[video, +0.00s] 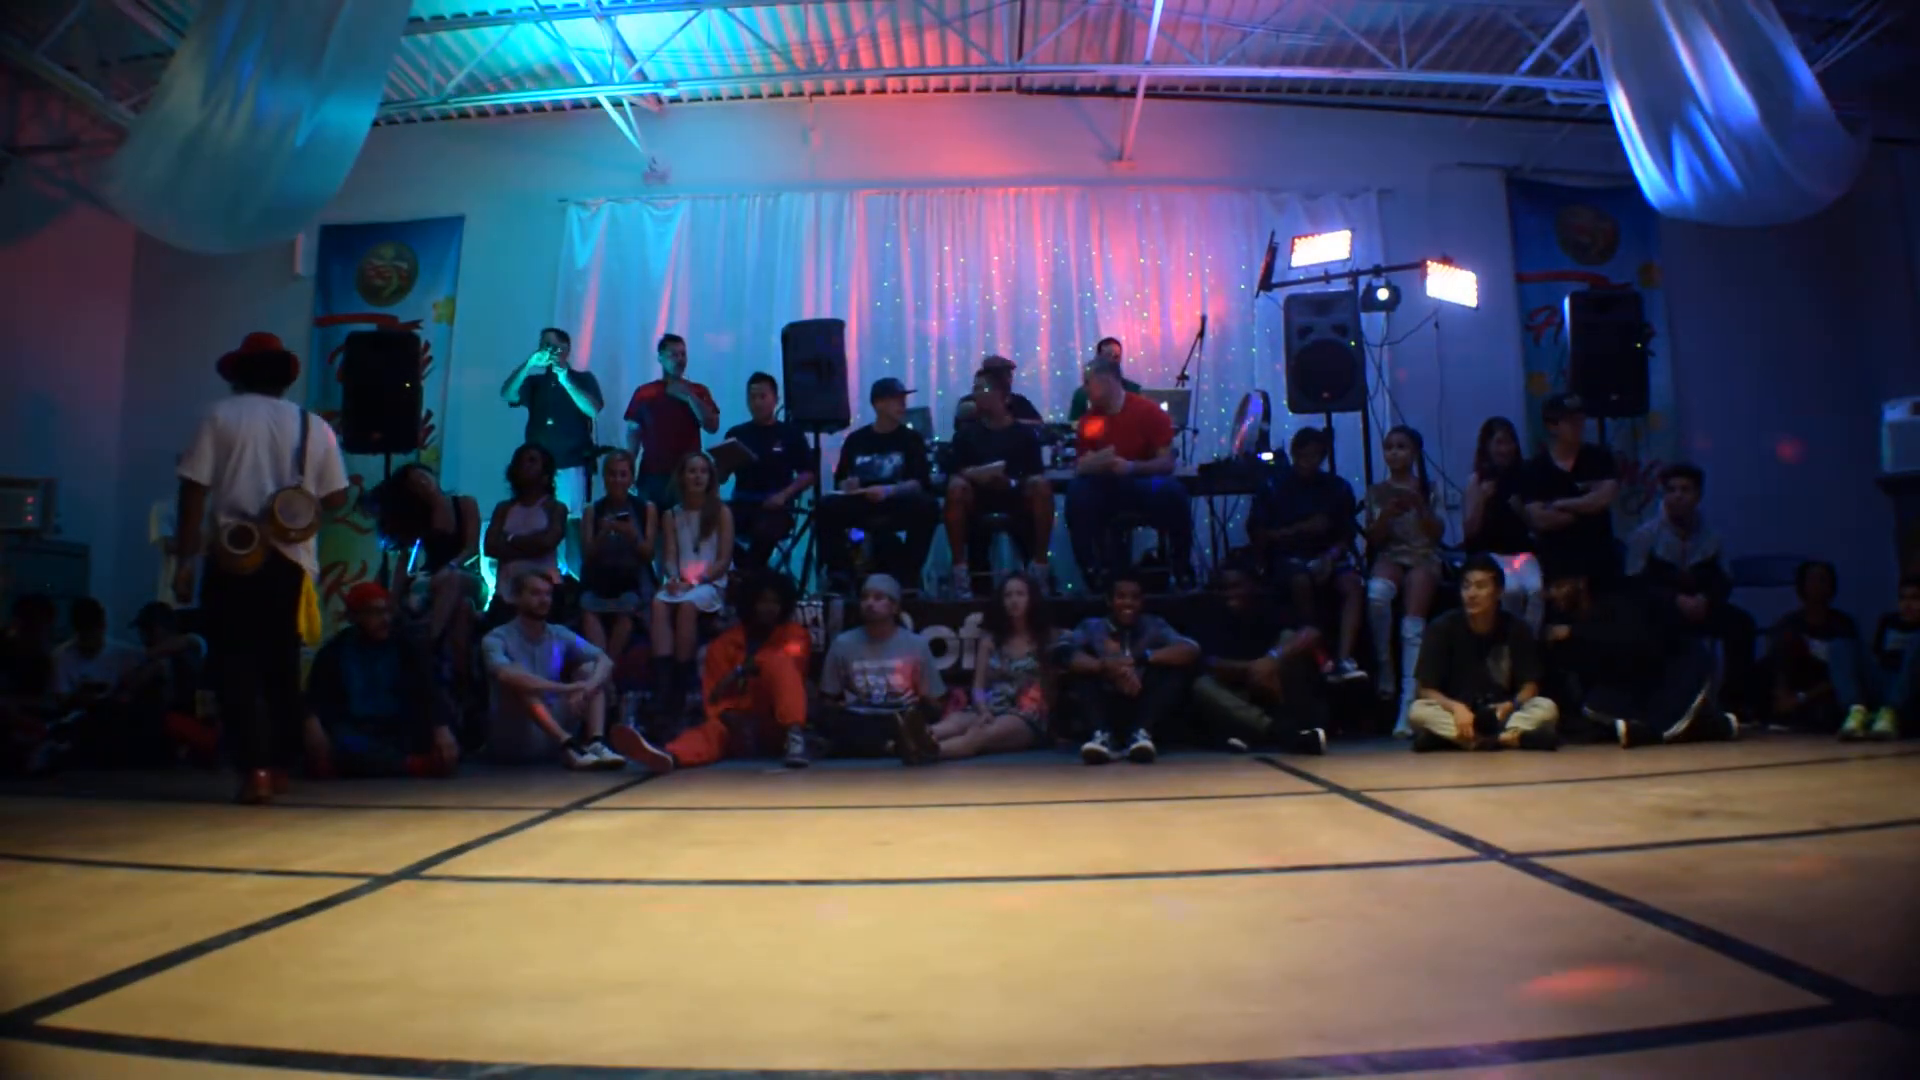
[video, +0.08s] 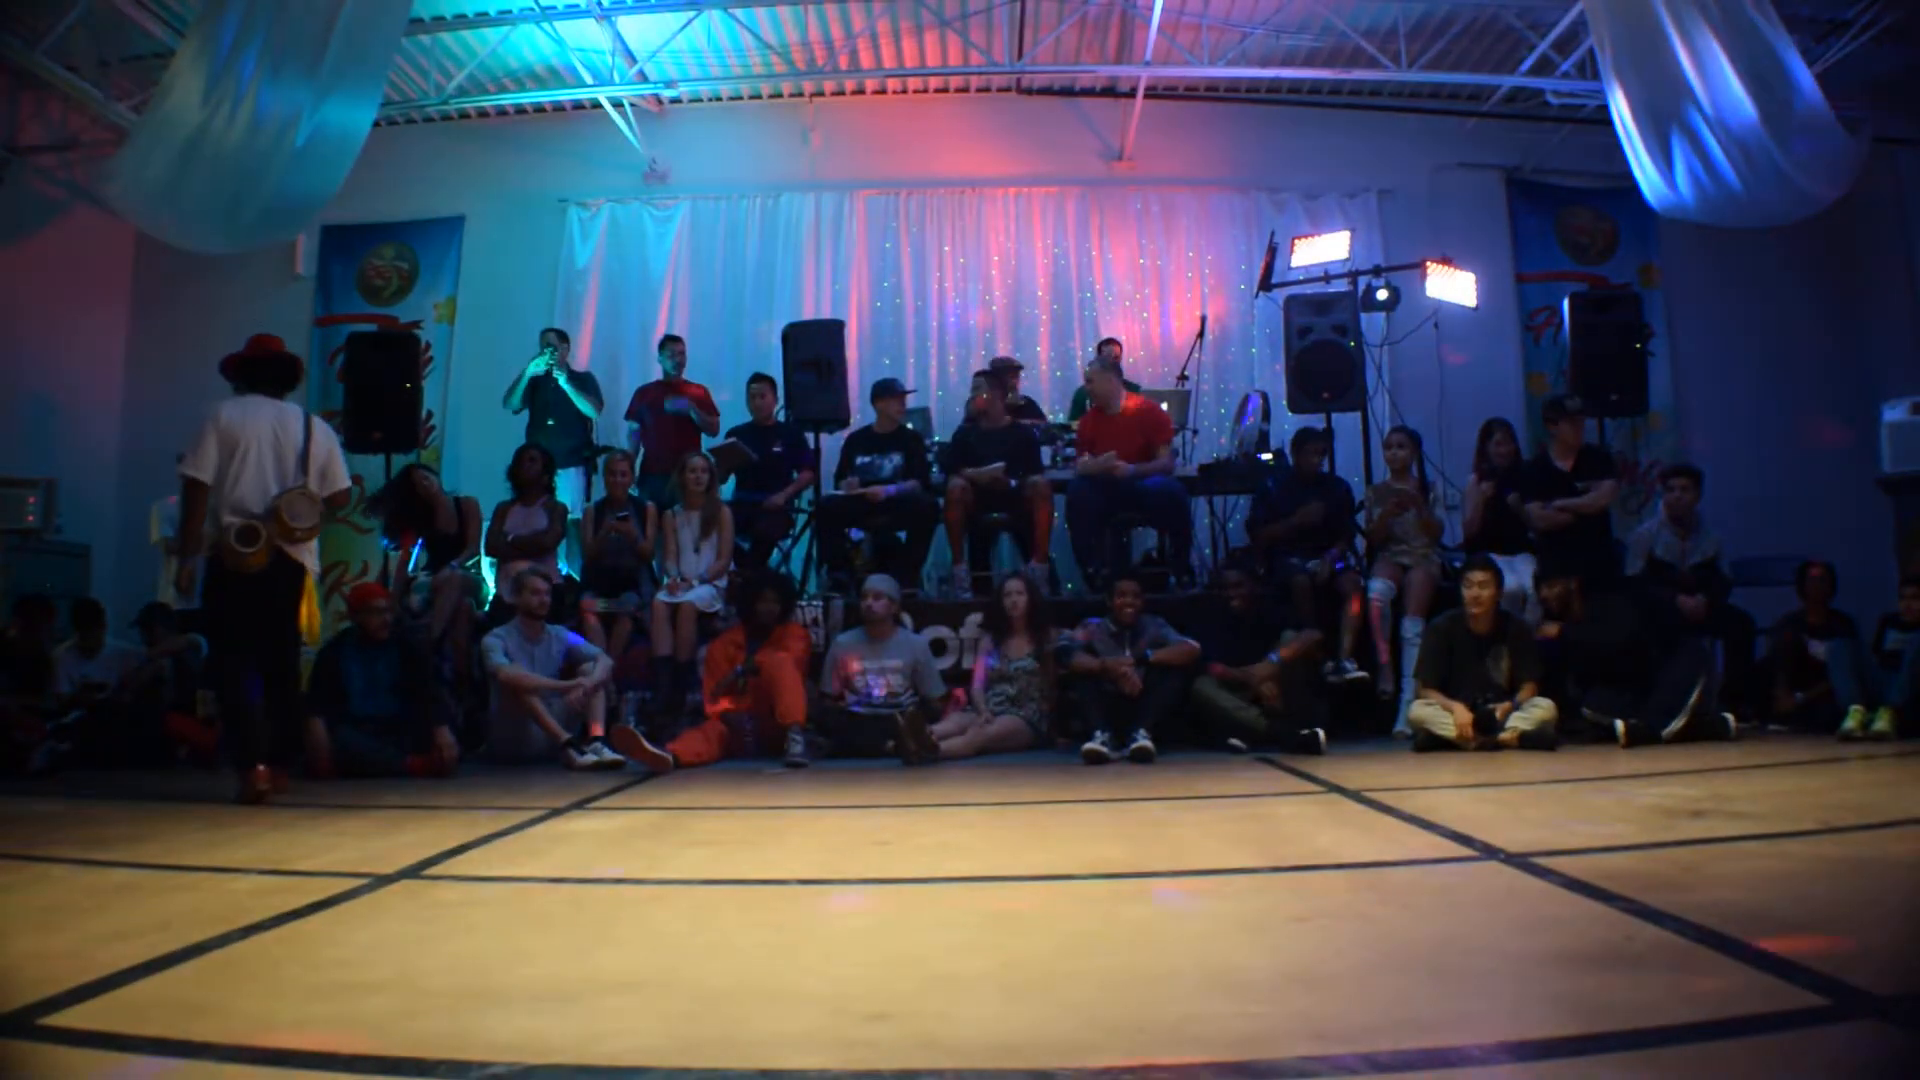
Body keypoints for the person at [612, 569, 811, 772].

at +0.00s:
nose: (768, 609)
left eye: (775, 603)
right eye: (762, 602)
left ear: (784, 607)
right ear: (749, 604)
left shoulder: (793, 634)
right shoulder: (724, 645)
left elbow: (790, 662)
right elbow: (713, 703)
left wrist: (756, 665)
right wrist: (735, 676)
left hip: (775, 718)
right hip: (737, 721)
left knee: (779, 661)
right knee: (709, 734)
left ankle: (795, 737)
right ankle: (670, 756)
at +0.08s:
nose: (768, 609)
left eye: (775, 603)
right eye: (762, 602)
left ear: (784, 607)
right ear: (749, 604)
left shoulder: (793, 634)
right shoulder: (724, 645)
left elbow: (790, 666)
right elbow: (714, 703)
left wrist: (756, 665)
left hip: (775, 718)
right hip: (738, 721)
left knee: (779, 661)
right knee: (711, 733)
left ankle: (794, 738)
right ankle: (671, 756)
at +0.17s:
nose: (768, 609)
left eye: (774, 603)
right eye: (762, 602)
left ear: (784, 607)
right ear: (749, 605)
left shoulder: (793, 634)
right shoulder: (724, 645)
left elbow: (787, 669)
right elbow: (714, 705)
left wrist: (751, 666)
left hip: (774, 717)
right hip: (738, 720)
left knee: (780, 661)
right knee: (711, 734)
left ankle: (794, 739)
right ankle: (670, 755)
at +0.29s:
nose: (768, 609)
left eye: (775, 603)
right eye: (762, 602)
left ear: (784, 607)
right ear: (749, 605)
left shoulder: (793, 634)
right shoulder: (723, 645)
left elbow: (786, 665)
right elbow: (713, 705)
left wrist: (753, 666)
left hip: (774, 717)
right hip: (737, 720)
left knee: (779, 661)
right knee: (709, 735)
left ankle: (794, 737)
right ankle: (670, 755)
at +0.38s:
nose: (769, 609)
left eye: (775, 603)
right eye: (762, 602)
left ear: (784, 607)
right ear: (749, 605)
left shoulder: (793, 634)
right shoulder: (723, 645)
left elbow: (788, 663)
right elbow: (713, 706)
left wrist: (753, 666)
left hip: (775, 718)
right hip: (738, 722)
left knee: (779, 661)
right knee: (710, 734)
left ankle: (794, 737)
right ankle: (670, 756)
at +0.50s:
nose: (768, 609)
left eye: (774, 603)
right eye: (762, 602)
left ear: (783, 607)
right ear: (748, 605)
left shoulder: (792, 634)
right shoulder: (723, 645)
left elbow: (785, 664)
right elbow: (713, 704)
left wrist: (752, 667)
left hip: (774, 716)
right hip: (737, 720)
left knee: (778, 661)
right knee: (709, 735)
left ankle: (795, 738)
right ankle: (670, 756)